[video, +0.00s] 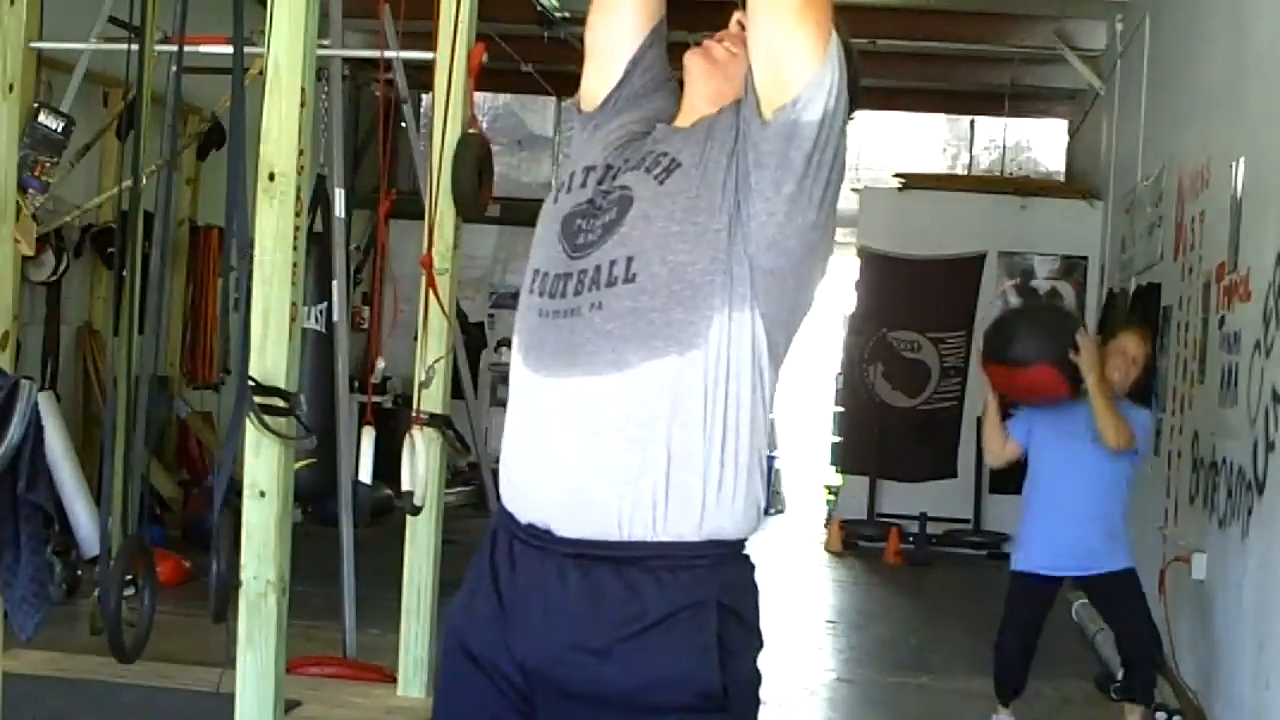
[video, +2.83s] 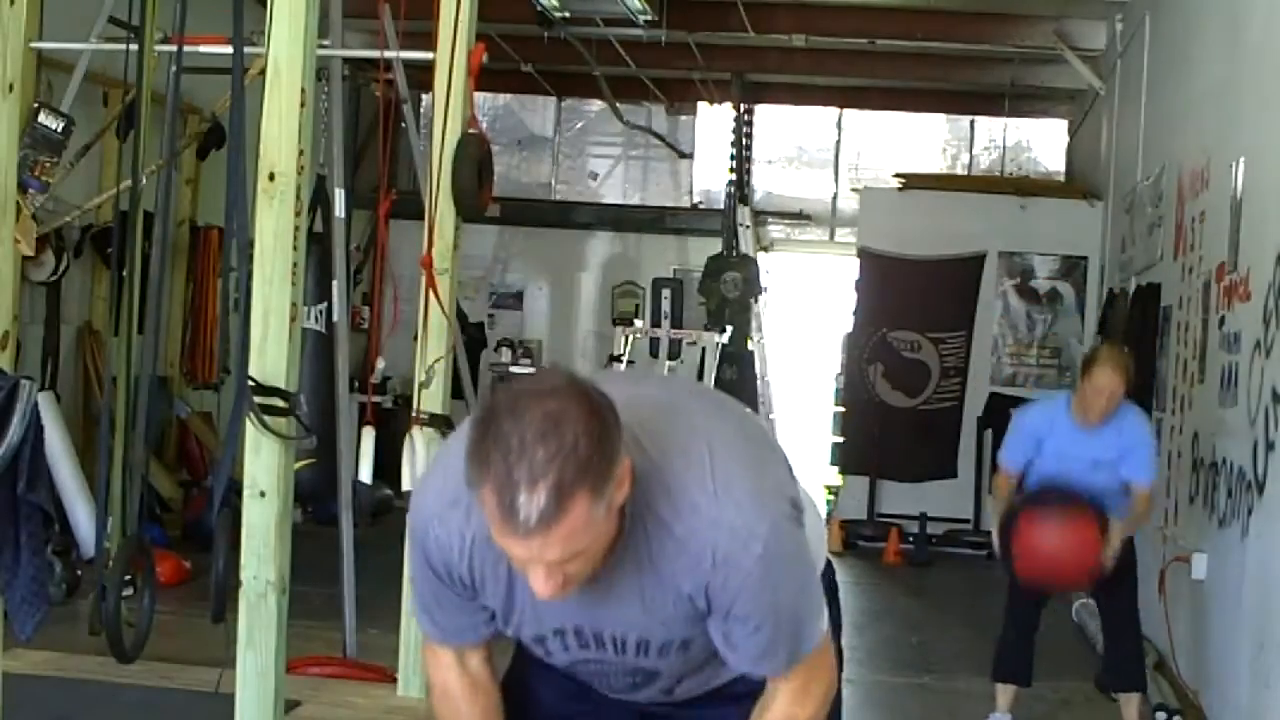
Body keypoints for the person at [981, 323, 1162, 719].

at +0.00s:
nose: (1125, 367)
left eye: (1136, 362)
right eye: (1120, 355)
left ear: (1142, 372)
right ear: (1100, 353)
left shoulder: (1138, 417)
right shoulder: (1043, 410)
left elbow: (1117, 439)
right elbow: (996, 455)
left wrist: (1091, 372)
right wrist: (993, 393)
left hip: (1104, 559)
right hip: (1038, 557)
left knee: (1142, 644)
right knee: (1013, 643)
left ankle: (1137, 711)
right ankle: (1004, 708)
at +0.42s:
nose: (1126, 340)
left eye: (1137, 338)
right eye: (1121, 331)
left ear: (1145, 354)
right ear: (1103, 337)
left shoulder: (1143, 391)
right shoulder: (1056, 396)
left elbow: (1124, 388)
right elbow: (1004, 437)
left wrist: (1083, 337)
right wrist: (1000, 384)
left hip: (1106, 534)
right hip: (1044, 530)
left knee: (1132, 638)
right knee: (1020, 629)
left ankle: (1131, 713)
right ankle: (1005, 710)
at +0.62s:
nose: (1106, 325)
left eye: (1116, 319)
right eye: (1101, 318)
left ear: (1131, 330)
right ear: (1090, 327)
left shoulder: (1137, 374)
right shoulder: (1050, 374)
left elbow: (1130, 315)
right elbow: (996, 377)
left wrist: (1090, 264)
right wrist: (1007, 321)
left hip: (1105, 518)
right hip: (1043, 516)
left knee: (1112, 623)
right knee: (1026, 615)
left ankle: (1128, 714)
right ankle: (1004, 712)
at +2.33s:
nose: (1116, 333)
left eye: (1127, 327)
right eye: (1110, 323)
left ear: (1137, 336)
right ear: (1093, 324)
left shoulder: (1143, 374)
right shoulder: (1052, 372)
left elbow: (1129, 400)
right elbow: (1011, 434)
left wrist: (1091, 345)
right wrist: (994, 379)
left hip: (1110, 521)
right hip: (1045, 518)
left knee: (1114, 623)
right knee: (1029, 616)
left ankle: (1130, 716)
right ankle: (1003, 713)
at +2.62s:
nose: (1112, 351)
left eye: (1122, 344)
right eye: (1106, 340)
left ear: (1131, 344)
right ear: (1088, 332)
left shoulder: (1138, 383)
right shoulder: (1054, 375)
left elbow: (1140, 450)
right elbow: (1024, 431)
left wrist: (1105, 422)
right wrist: (1019, 384)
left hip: (1106, 524)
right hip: (1043, 521)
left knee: (1115, 623)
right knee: (1027, 616)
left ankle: (1131, 714)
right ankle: (1003, 711)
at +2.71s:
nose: (1110, 361)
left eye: (1119, 355)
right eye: (1103, 350)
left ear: (1129, 354)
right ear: (1086, 342)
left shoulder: (1137, 392)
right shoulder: (1047, 381)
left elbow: (1142, 465)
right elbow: (1012, 436)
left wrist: (1113, 454)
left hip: (1107, 526)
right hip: (1043, 523)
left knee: (1116, 624)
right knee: (1026, 616)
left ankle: (1131, 715)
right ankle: (1002, 712)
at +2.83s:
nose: (1105, 400)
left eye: (1115, 392)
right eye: (1099, 388)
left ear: (1124, 393)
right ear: (1082, 382)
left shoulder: (1135, 427)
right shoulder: (1035, 417)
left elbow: (1143, 497)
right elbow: (1006, 476)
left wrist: (1121, 530)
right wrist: (1002, 522)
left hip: (1105, 525)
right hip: (1040, 518)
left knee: (1123, 623)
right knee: (1020, 616)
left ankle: (1132, 712)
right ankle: (1002, 711)